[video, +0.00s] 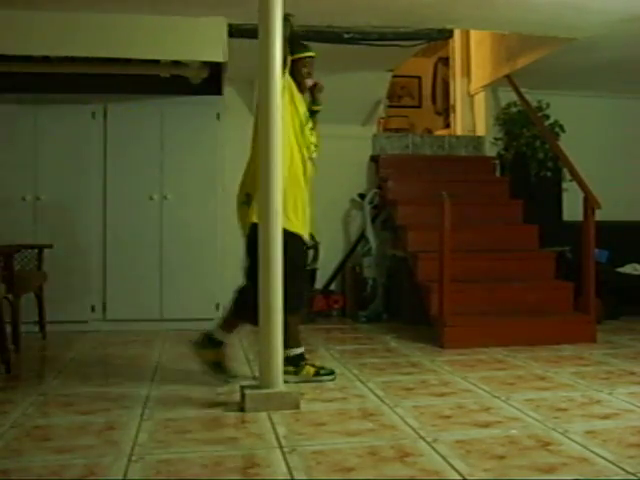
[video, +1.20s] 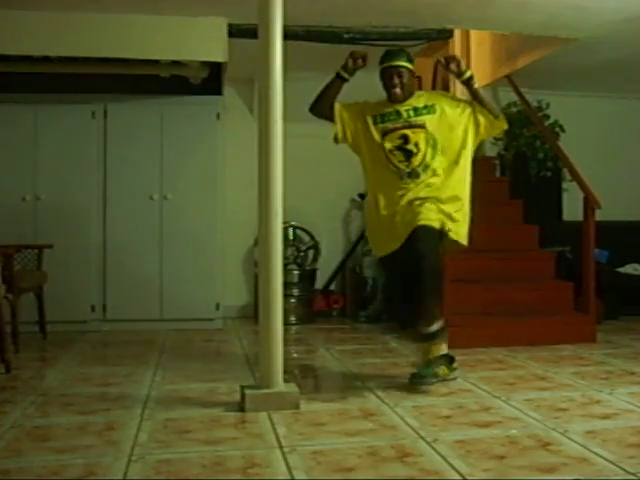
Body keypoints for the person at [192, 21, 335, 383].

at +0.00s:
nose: (308, 72)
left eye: (311, 66)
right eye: (303, 65)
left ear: (312, 67)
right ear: (288, 64)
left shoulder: (297, 101)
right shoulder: (278, 92)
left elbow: (308, 150)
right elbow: (271, 57)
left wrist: (315, 105)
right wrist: (283, 28)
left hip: (289, 208)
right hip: (275, 209)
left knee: (262, 284)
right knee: (291, 285)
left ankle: (216, 338)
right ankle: (291, 357)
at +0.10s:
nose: (318, 70)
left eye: (320, 63)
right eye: (311, 63)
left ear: (318, 66)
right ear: (292, 64)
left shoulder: (306, 105)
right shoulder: (284, 92)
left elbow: (321, 146)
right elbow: (272, 60)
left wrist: (332, 105)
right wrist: (287, 27)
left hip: (304, 201)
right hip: (284, 200)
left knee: (289, 278)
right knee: (304, 278)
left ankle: (253, 344)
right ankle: (300, 354)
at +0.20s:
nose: (324, 71)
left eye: (328, 65)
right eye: (318, 63)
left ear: (327, 70)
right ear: (299, 66)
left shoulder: (321, 113)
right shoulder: (286, 97)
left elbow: (343, 145)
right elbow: (275, 63)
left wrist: (349, 104)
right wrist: (288, 34)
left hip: (314, 205)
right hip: (283, 203)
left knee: (333, 271)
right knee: (278, 280)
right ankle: (249, 348)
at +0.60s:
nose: (362, 64)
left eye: (367, 59)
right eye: (354, 58)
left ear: (372, 66)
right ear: (340, 64)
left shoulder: (386, 110)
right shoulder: (318, 88)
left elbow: (420, 145)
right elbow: (282, 59)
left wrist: (414, 106)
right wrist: (318, 36)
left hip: (363, 210)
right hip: (320, 202)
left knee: (357, 290)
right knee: (312, 283)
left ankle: (354, 366)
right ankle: (287, 336)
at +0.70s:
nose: (368, 65)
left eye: (373, 59)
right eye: (361, 59)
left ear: (380, 66)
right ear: (349, 65)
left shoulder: (401, 107)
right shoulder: (328, 94)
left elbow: (441, 133)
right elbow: (289, 67)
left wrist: (430, 94)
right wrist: (320, 38)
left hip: (380, 211)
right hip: (334, 205)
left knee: (365, 292)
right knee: (331, 285)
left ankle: (355, 367)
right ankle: (333, 334)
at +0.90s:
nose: (381, 75)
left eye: (387, 69)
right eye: (375, 70)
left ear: (396, 73)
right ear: (365, 74)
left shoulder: (424, 109)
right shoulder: (345, 105)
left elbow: (473, 123)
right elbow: (300, 85)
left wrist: (451, 83)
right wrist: (331, 53)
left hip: (404, 216)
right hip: (354, 215)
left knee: (390, 296)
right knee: (357, 297)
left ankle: (360, 365)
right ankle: (407, 335)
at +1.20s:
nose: (394, 80)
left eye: (400, 74)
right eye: (388, 75)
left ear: (414, 78)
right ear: (381, 80)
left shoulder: (439, 106)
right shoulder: (367, 115)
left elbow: (493, 122)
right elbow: (321, 109)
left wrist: (467, 81)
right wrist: (344, 74)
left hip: (431, 199)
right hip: (389, 209)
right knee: (403, 290)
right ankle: (438, 357)